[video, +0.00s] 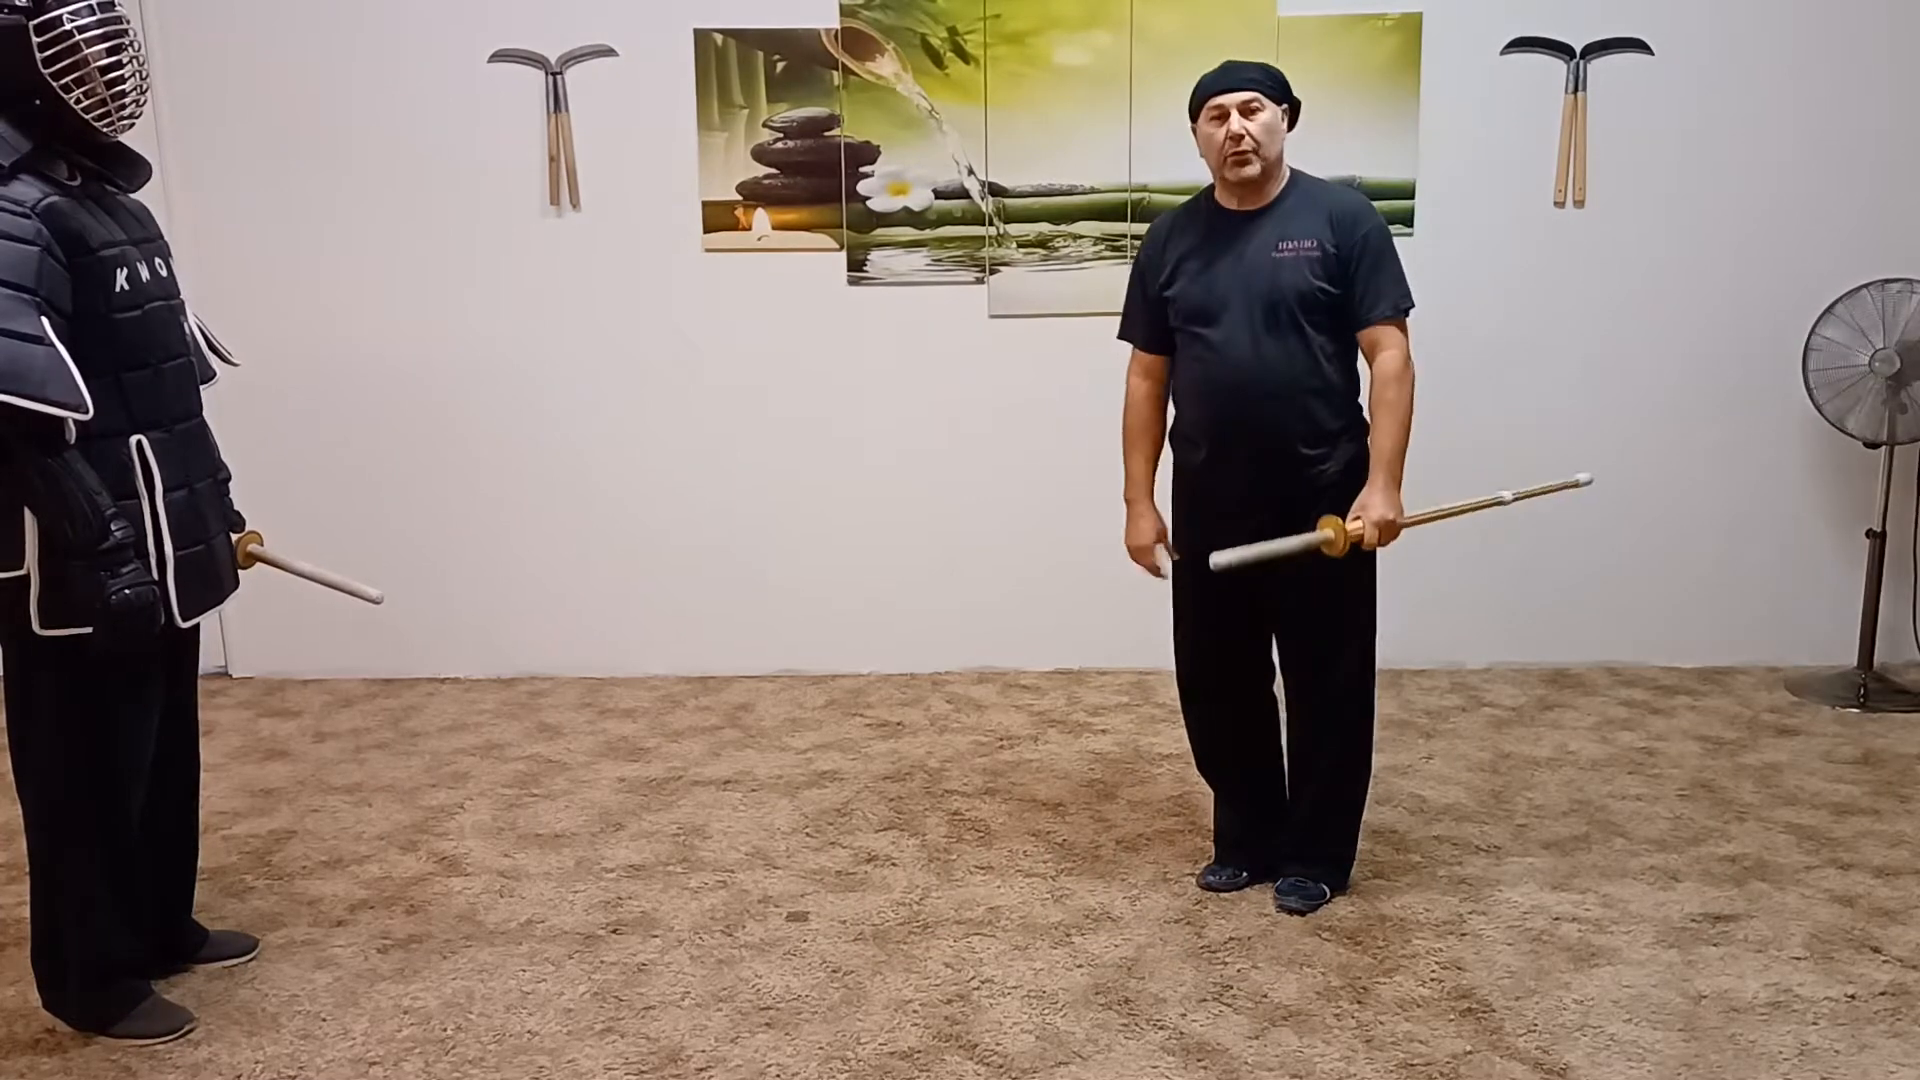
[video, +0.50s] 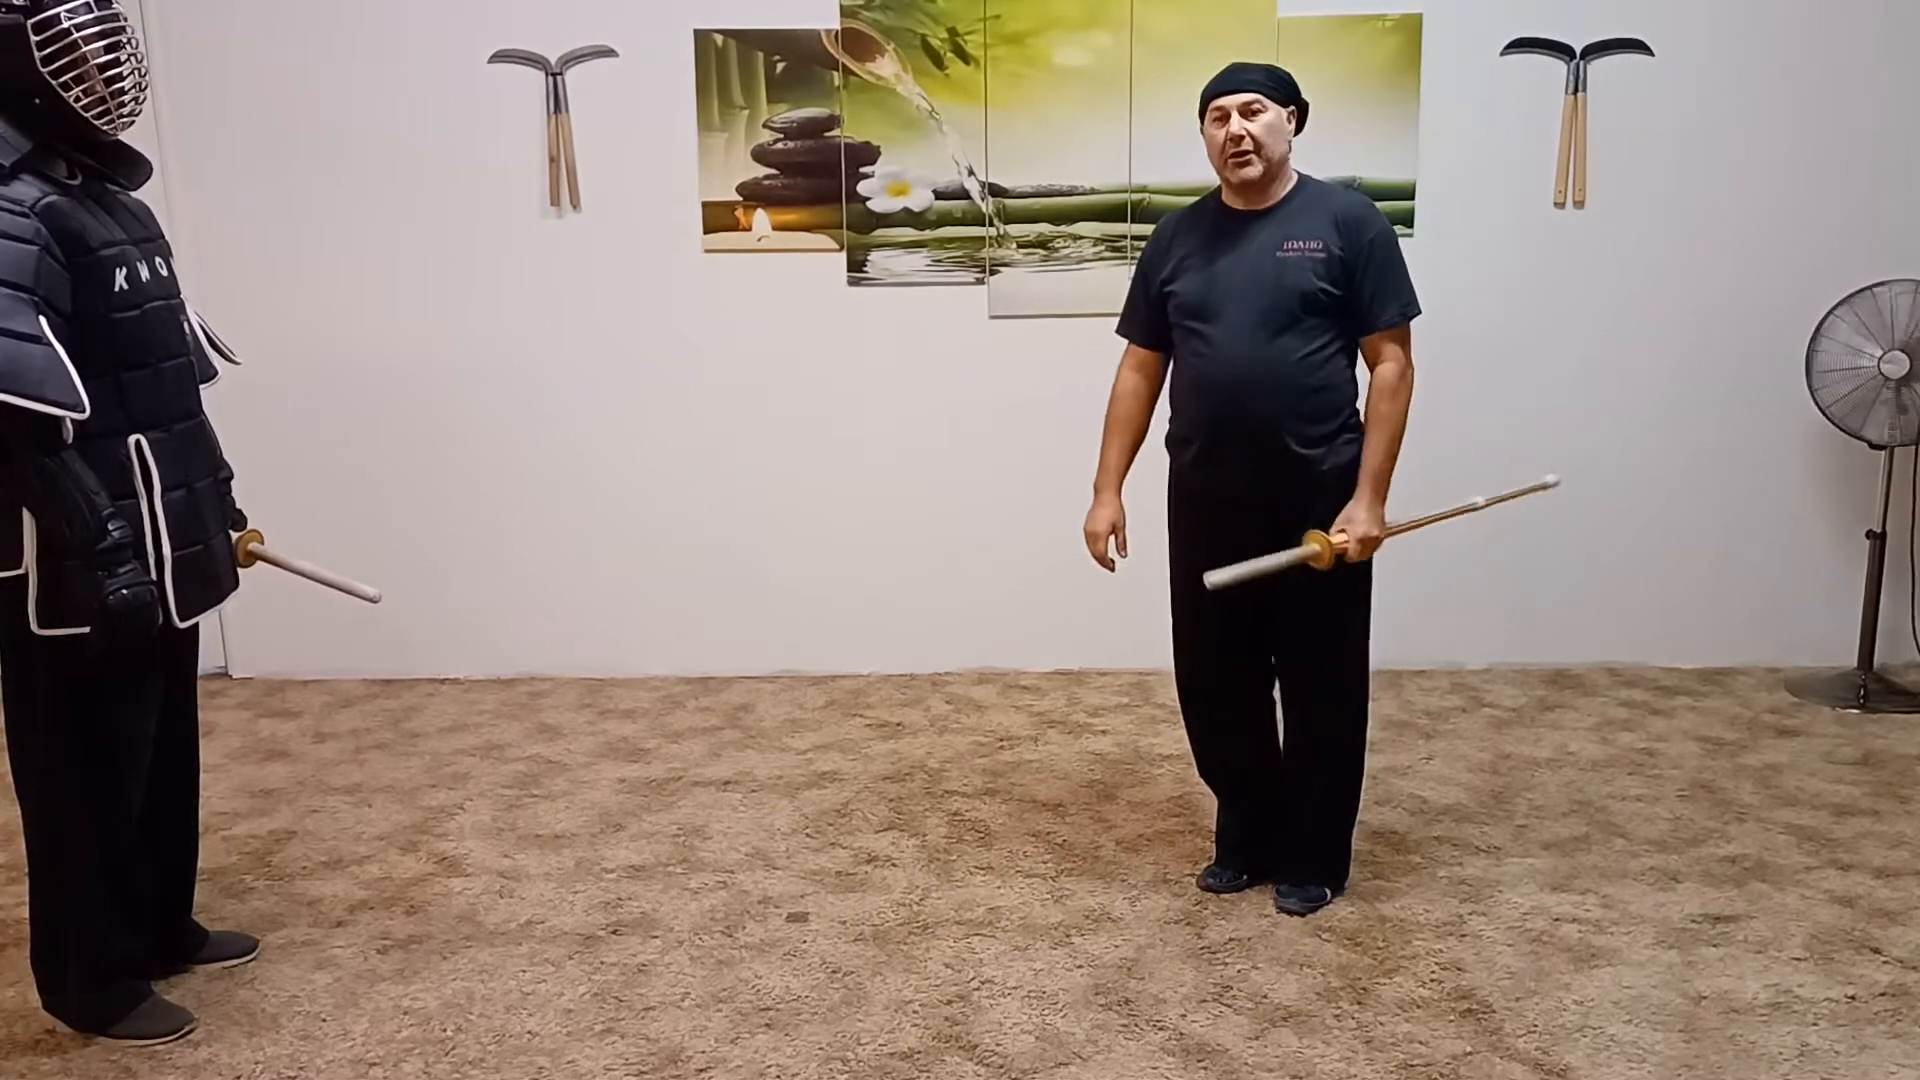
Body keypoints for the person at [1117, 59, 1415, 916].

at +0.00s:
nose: (1235, 125)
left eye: (1252, 111)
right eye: (1218, 116)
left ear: (1287, 124)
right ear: (1198, 139)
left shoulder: (1342, 215)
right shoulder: (1169, 239)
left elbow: (1389, 356)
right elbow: (1147, 377)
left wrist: (1384, 482)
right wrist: (1139, 499)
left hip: (1324, 496)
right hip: (1213, 500)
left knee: (1328, 685)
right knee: (1218, 684)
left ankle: (1319, 858)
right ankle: (1244, 844)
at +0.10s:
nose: (1233, 125)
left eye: (1249, 110)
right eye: (1215, 117)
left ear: (1284, 123)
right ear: (1196, 142)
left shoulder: (1341, 215)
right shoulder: (1167, 241)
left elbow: (1389, 353)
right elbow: (1139, 376)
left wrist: (1378, 478)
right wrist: (1140, 498)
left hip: (1324, 493)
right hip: (1208, 499)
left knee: (1330, 686)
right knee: (1217, 687)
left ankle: (1320, 859)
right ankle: (1244, 846)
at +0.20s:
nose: (1231, 126)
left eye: (1247, 110)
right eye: (1213, 118)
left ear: (1284, 122)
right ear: (1196, 142)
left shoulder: (1340, 214)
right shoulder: (1167, 242)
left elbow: (1390, 356)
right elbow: (1140, 375)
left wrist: (1369, 480)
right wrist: (1128, 497)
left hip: (1322, 495)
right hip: (1209, 500)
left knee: (1331, 687)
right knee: (1218, 687)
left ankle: (1321, 860)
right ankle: (1245, 846)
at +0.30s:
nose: (1230, 128)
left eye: (1246, 112)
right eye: (1213, 119)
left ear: (1284, 123)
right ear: (1196, 142)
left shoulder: (1341, 216)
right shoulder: (1170, 241)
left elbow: (1388, 358)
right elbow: (1141, 374)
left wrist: (1359, 486)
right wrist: (1117, 495)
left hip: (1319, 494)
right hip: (1207, 497)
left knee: (1330, 685)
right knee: (1216, 684)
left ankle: (1322, 860)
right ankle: (1247, 845)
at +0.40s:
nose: (1232, 128)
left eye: (1249, 112)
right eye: (1215, 118)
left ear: (1288, 125)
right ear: (1200, 141)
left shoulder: (1344, 219)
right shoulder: (1174, 238)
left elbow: (1389, 361)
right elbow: (1139, 371)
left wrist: (1360, 491)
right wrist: (1109, 492)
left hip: (1319, 493)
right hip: (1207, 494)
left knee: (1323, 684)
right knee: (1215, 680)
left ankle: (1315, 860)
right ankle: (1244, 842)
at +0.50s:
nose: (1236, 126)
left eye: (1254, 110)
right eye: (1219, 116)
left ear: (1294, 126)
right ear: (1205, 139)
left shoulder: (1348, 222)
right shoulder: (1176, 237)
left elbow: (1391, 366)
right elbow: (1139, 368)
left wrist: (1370, 496)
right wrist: (1106, 488)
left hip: (1319, 491)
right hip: (1206, 494)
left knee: (1323, 683)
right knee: (1214, 679)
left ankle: (1317, 857)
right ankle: (1246, 838)